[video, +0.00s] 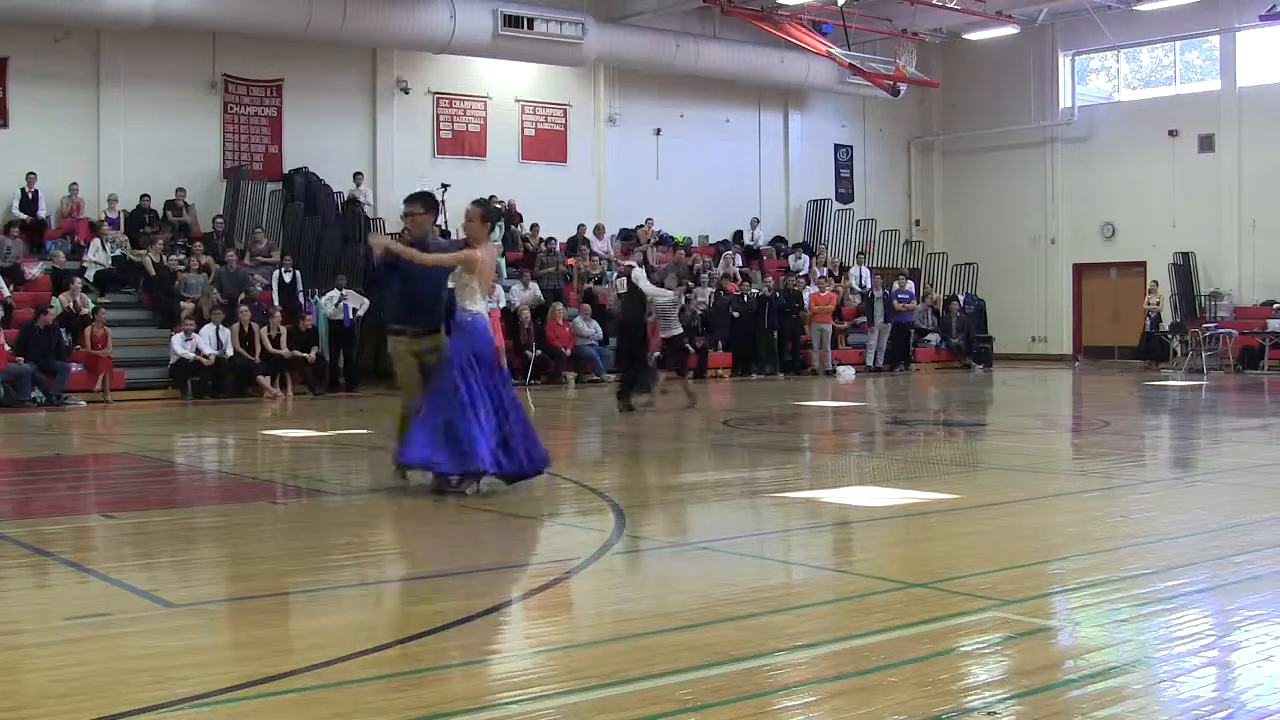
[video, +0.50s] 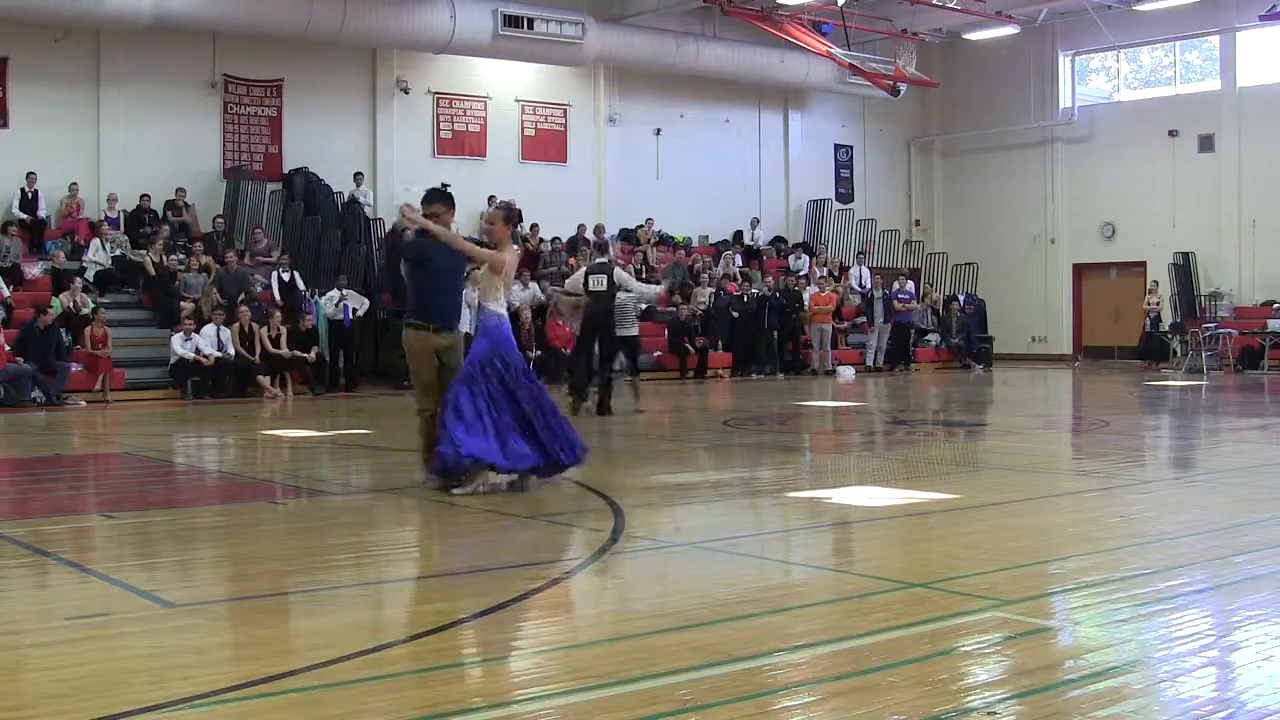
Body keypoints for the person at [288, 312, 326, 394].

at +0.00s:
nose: (310, 323)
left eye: (311, 320)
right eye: (308, 321)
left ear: (312, 321)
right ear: (301, 322)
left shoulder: (313, 330)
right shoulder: (292, 331)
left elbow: (315, 345)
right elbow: (292, 349)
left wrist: (312, 354)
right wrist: (304, 355)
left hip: (310, 354)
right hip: (298, 355)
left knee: (321, 360)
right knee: (302, 363)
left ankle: (320, 386)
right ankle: (314, 387)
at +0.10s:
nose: (310, 323)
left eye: (311, 320)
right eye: (308, 321)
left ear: (312, 321)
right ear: (301, 322)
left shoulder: (313, 330)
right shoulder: (292, 331)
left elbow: (315, 345)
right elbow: (292, 349)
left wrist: (312, 354)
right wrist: (304, 355)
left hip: (310, 354)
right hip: (298, 355)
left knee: (321, 360)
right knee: (302, 363)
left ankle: (320, 386)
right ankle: (314, 387)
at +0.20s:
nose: (311, 323)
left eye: (311, 320)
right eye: (308, 321)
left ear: (312, 321)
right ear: (301, 322)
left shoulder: (313, 330)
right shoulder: (292, 331)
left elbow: (315, 345)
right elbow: (292, 349)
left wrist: (313, 353)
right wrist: (304, 355)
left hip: (310, 354)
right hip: (298, 355)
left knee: (321, 360)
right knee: (303, 363)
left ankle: (321, 386)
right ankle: (313, 387)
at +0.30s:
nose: (311, 323)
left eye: (311, 320)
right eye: (308, 321)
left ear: (312, 321)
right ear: (301, 321)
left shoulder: (313, 330)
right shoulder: (293, 331)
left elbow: (315, 345)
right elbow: (292, 349)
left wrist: (313, 353)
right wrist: (305, 355)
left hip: (310, 354)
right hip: (298, 354)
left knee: (321, 358)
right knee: (302, 362)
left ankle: (321, 385)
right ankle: (313, 387)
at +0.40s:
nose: (311, 323)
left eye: (311, 320)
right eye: (308, 320)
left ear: (312, 321)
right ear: (301, 321)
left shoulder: (313, 330)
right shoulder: (293, 331)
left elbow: (315, 345)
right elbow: (292, 349)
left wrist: (313, 353)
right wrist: (304, 355)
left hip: (310, 354)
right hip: (298, 354)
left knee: (321, 358)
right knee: (302, 362)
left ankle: (321, 385)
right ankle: (313, 387)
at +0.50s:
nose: (311, 323)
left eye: (311, 320)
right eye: (308, 320)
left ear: (312, 321)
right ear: (301, 322)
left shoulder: (313, 330)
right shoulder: (293, 331)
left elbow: (315, 345)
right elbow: (292, 349)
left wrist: (313, 353)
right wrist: (304, 355)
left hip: (310, 354)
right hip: (299, 355)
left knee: (321, 360)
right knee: (302, 363)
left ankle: (321, 386)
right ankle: (313, 387)